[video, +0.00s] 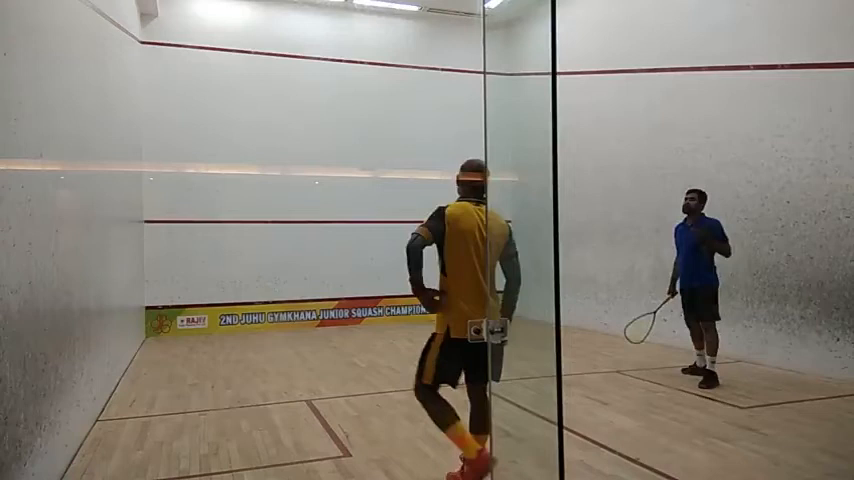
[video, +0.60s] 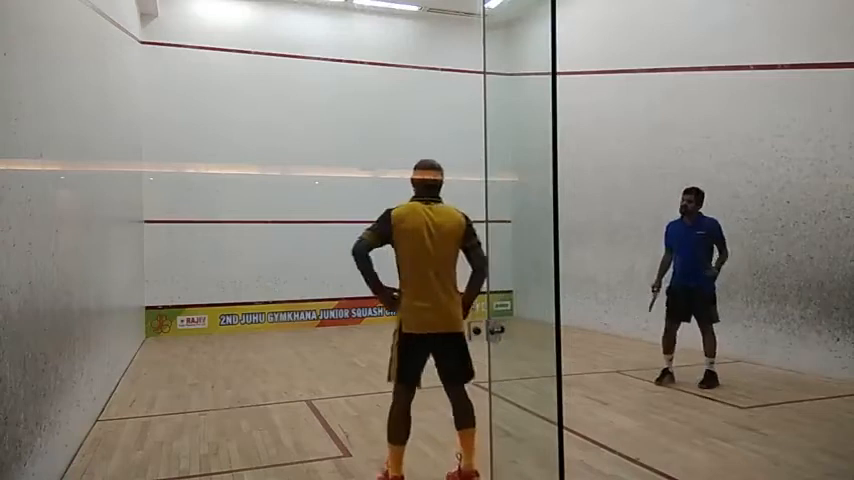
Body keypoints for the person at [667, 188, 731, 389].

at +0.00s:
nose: (686, 203)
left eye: (691, 200)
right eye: (685, 199)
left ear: (701, 204)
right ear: (683, 203)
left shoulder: (712, 225)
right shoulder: (680, 229)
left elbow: (727, 251)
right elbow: (679, 257)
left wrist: (707, 238)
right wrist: (673, 282)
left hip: (706, 284)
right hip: (687, 284)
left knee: (708, 325)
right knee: (692, 323)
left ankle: (711, 370)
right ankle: (700, 363)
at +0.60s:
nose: (685, 204)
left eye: (690, 202)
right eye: (683, 200)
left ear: (699, 205)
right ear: (680, 202)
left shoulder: (711, 226)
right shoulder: (672, 227)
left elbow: (723, 253)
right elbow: (668, 255)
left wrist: (715, 269)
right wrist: (658, 279)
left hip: (702, 287)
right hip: (678, 286)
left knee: (706, 328)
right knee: (670, 328)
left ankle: (710, 371)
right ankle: (667, 370)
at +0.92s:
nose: (672, 205)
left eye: (676, 202)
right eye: (669, 202)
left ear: (686, 203)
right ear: (666, 204)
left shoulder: (700, 224)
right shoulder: (661, 229)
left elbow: (711, 252)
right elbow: (656, 256)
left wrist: (716, 277)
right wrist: (652, 279)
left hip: (695, 286)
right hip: (670, 286)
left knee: (697, 325)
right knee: (667, 326)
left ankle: (710, 367)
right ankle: (667, 370)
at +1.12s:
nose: (675, 204)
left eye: (680, 200)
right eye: (673, 201)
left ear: (690, 202)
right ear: (670, 203)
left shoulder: (704, 224)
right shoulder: (664, 229)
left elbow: (714, 253)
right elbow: (658, 255)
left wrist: (720, 281)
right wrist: (653, 277)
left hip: (698, 288)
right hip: (673, 288)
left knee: (702, 329)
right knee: (668, 328)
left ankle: (712, 373)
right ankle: (667, 370)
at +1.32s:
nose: (685, 204)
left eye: (689, 200)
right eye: (682, 200)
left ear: (699, 202)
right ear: (678, 203)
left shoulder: (713, 225)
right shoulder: (671, 227)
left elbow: (721, 255)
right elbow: (666, 254)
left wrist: (728, 284)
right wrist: (662, 275)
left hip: (704, 289)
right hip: (678, 288)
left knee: (708, 331)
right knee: (671, 328)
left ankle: (713, 373)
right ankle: (668, 370)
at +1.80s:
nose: (691, 204)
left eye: (696, 199)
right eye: (687, 200)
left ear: (704, 201)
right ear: (683, 203)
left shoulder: (717, 227)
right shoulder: (675, 226)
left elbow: (719, 259)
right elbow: (669, 255)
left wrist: (710, 285)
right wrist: (675, 260)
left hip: (704, 287)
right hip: (679, 287)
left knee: (708, 331)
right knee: (670, 327)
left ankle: (712, 373)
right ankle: (672, 366)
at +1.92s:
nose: (690, 205)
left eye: (694, 201)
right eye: (686, 202)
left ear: (702, 201)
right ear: (681, 205)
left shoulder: (716, 227)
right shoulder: (674, 226)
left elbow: (716, 260)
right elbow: (668, 255)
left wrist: (703, 284)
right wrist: (676, 254)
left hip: (703, 287)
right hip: (677, 287)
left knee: (706, 332)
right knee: (666, 328)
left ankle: (712, 373)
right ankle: (670, 366)